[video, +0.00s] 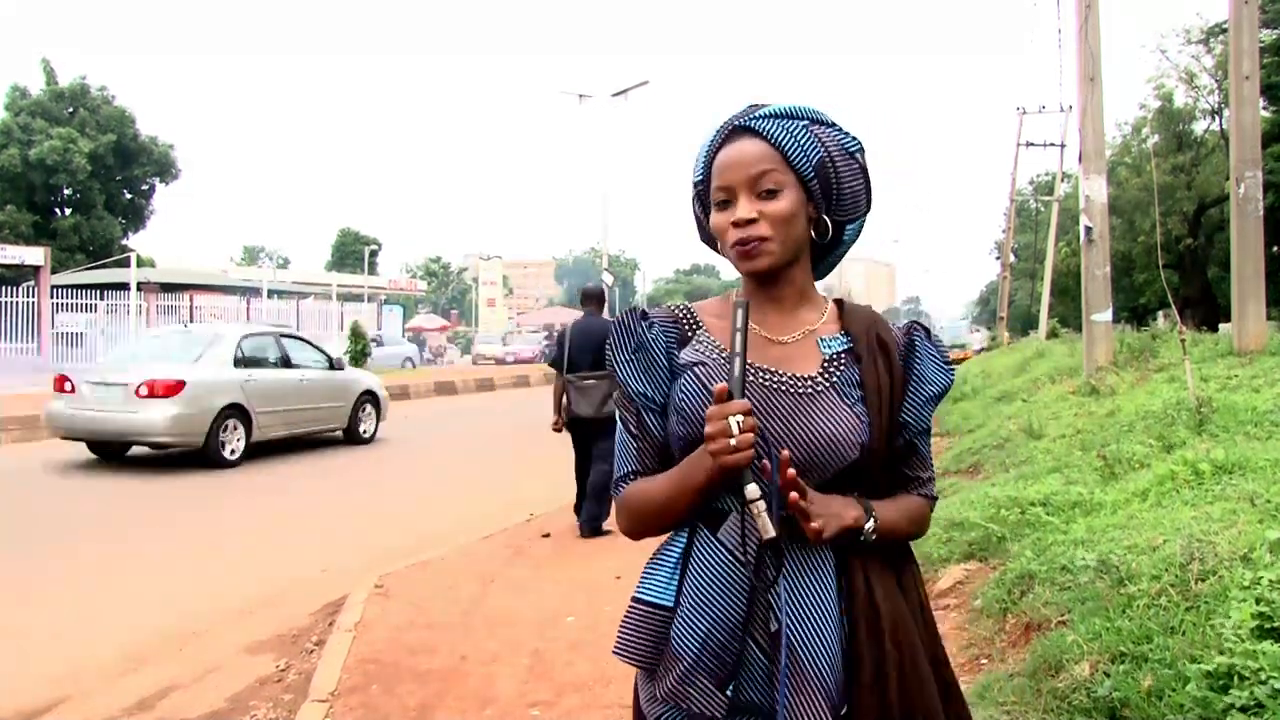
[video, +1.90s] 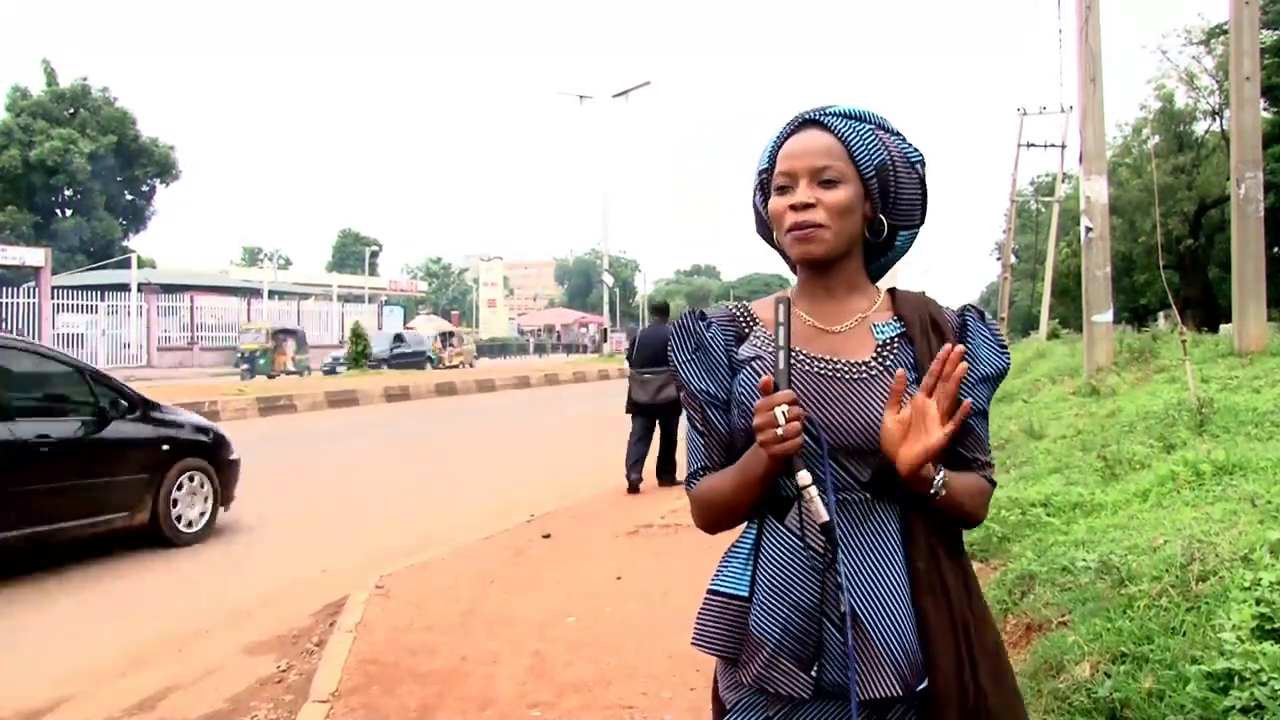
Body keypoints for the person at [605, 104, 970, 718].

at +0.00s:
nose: (742, 216)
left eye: (767, 193)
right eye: (723, 202)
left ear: (815, 206)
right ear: (709, 222)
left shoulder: (881, 346)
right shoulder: (667, 342)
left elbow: (918, 503)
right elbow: (631, 515)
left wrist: (855, 512)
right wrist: (706, 462)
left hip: (849, 628)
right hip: (710, 629)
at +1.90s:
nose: (801, 200)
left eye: (827, 181)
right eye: (784, 186)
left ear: (871, 203)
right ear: (767, 209)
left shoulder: (935, 331)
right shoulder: (731, 337)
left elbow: (977, 500)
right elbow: (707, 512)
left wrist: (921, 474)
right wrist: (764, 456)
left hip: (910, 630)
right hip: (777, 634)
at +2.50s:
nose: (817, 199)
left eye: (845, 182)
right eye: (804, 185)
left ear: (893, 207)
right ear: (789, 207)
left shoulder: (956, 333)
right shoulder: (756, 341)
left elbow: (1003, 504)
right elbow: (737, 511)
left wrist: (936, 464)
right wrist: (767, 466)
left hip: (924, 627)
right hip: (796, 631)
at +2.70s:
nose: (824, 201)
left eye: (852, 182)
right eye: (809, 186)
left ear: (899, 205)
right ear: (795, 208)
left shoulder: (966, 334)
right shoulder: (760, 340)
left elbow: (1004, 510)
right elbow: (739, 511)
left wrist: (949, 438)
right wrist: (775, 463)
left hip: (927, 635)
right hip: (795, 636)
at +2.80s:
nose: (827, 202)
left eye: (855, 183)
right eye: (812, 187)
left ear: (901, 207)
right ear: (797, 209)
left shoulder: (969, 336)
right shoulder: (762, 343)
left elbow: (1013, 508)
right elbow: (739, 511)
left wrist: (944, 436)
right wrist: (778, 466)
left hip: (929, 646)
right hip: (794, 646)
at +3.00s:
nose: (824, 219)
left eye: (852, 202)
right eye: (810, 202)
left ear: (899, 223)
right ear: (795, 217)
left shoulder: (968, 345)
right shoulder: (758, 353)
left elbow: (1010, 504)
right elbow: (743, 523)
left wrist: (946, 466)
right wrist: (784, 482)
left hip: (940, 643)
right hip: (807, 646)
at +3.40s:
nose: (824, 208)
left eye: (850, 190)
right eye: (808, 196)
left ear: (900, 213)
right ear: (791, 220)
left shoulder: (961, 322)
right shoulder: (762, 347)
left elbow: (1014, 491)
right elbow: (742, 517)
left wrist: (975, 323)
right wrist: (781, 473)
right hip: (806, 635)